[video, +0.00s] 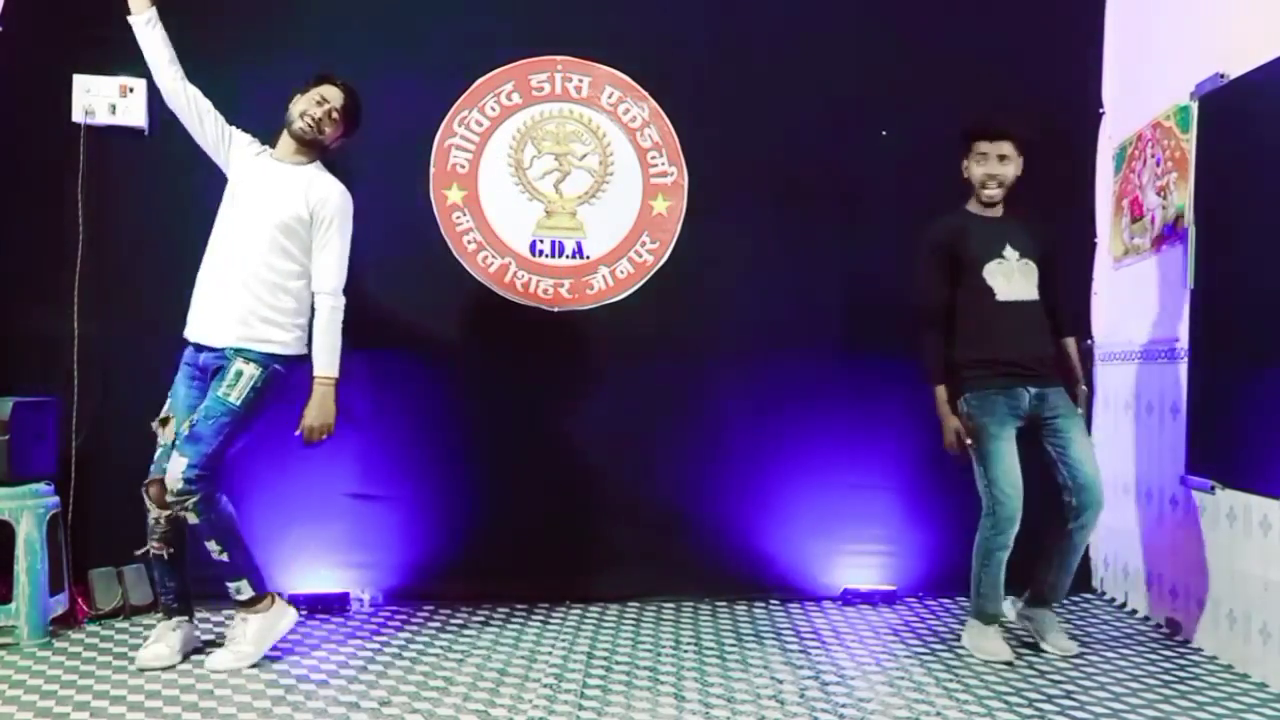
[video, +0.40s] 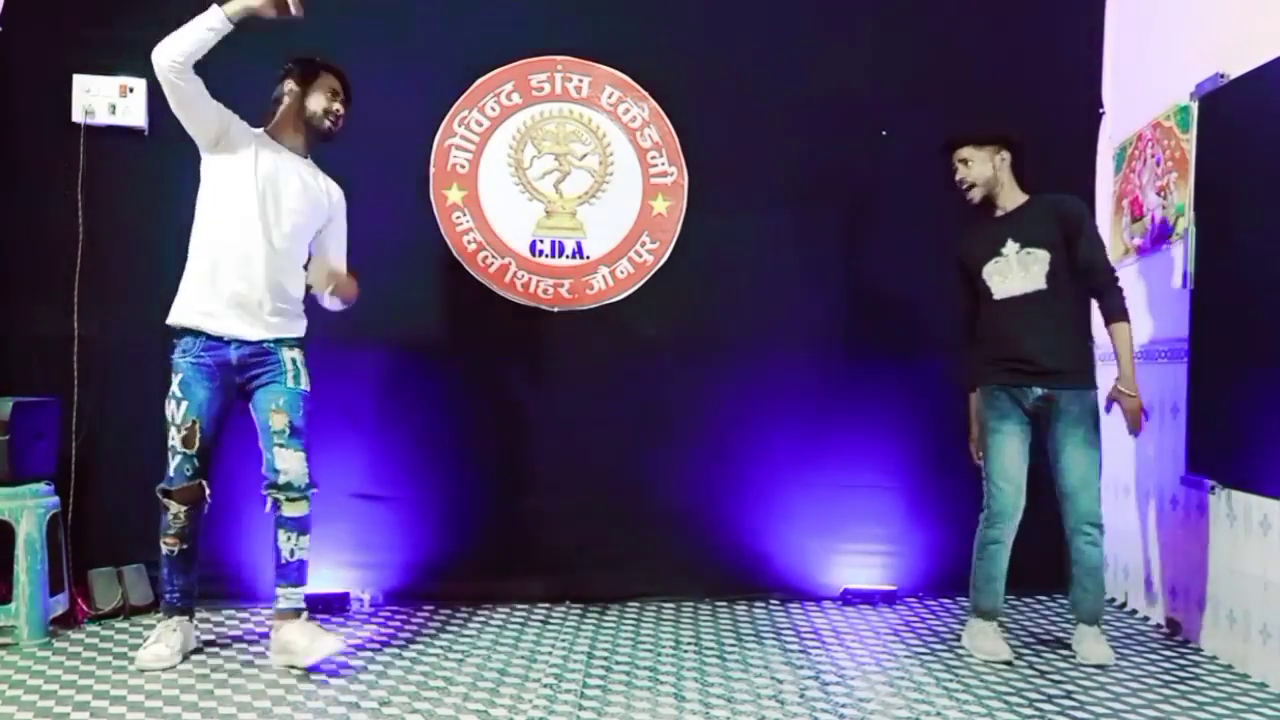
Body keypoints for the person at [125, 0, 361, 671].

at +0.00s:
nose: (323, 112)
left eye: (335, 115)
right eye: (319, 100)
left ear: (337, 137)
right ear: (293, 102)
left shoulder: (329, 195)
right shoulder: (242, 153)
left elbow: (331, 296)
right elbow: (180, 91)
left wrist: (324, 390)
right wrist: (143, 12)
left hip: (259, 351)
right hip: (203, 340)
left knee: (185, 479)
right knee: (160, 481)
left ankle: (261, 606)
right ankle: (175, 619)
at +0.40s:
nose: (337, 108)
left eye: (342, 103)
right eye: (328, 95)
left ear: (336, 116)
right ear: (288, 90)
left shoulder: (327, 192)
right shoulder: (227, 137)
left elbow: (326, 280)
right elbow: (169, 60)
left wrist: (338, 287)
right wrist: (236, 10)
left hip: (278, 347)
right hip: (201, 337)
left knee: (293, 477)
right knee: (182, 482)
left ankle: (289, 623)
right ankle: (174, 618)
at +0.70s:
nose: (383, 106)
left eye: (384, 98)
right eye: (372, 94)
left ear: (363, 110)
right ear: (332, 99)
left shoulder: (367, 199)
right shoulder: (287, 144)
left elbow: (416, 277)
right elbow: (214, 111)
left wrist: (415, 206)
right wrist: (281, 95)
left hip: (348, 350)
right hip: (281, 342)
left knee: (349, 490)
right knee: (259, 486)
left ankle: (303, 628)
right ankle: (191, 615)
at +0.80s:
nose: (396, 97)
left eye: (396, 89)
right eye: (385, 85)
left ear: (376, 100)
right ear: (347, 92)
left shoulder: (381, 187)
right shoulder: (305, 143)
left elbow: (435, 260)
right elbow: (222, 130)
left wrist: (434, 193)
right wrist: (284, 95)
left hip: (367, 343)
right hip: (308, 336)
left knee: (353, 490)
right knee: (319, 484)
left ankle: (311, 627)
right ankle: (281, 646)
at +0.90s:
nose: (409, 86)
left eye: (408, 78)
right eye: (395, 76)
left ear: (385, 93)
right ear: (360, 87)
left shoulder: (398, 177)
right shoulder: (325, 131)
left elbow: (454, 245)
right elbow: (237, 165)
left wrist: (443, 177)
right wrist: (275, 97)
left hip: (384, 339)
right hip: (333, 332)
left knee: (357, 481)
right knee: (374, 473)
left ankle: (304, 625)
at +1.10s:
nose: (442, 94)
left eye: (440, 87)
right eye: (430, 84)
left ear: (420, 103)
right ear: (395, 97)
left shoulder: (451, 180)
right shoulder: (364, 167)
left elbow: (499, 244)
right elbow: (312, 248)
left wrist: (528, 180)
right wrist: (274, 199)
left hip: (426, 342)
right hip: (399, 343)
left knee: (381, 490)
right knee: (484, 464)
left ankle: (306, 622)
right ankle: (478, 623)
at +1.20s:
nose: (466, 100)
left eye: (463, 90)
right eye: (455, 88)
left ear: (431, 98)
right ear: (422, 96)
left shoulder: (470, 177)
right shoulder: (394, 174)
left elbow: (523, 244)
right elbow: (358, 251)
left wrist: (577, 217)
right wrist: (306, 281)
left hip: (460, 355)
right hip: (448, 357)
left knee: (436, 493)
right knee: (510, 477)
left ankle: (332, 605)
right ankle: (488, 629)